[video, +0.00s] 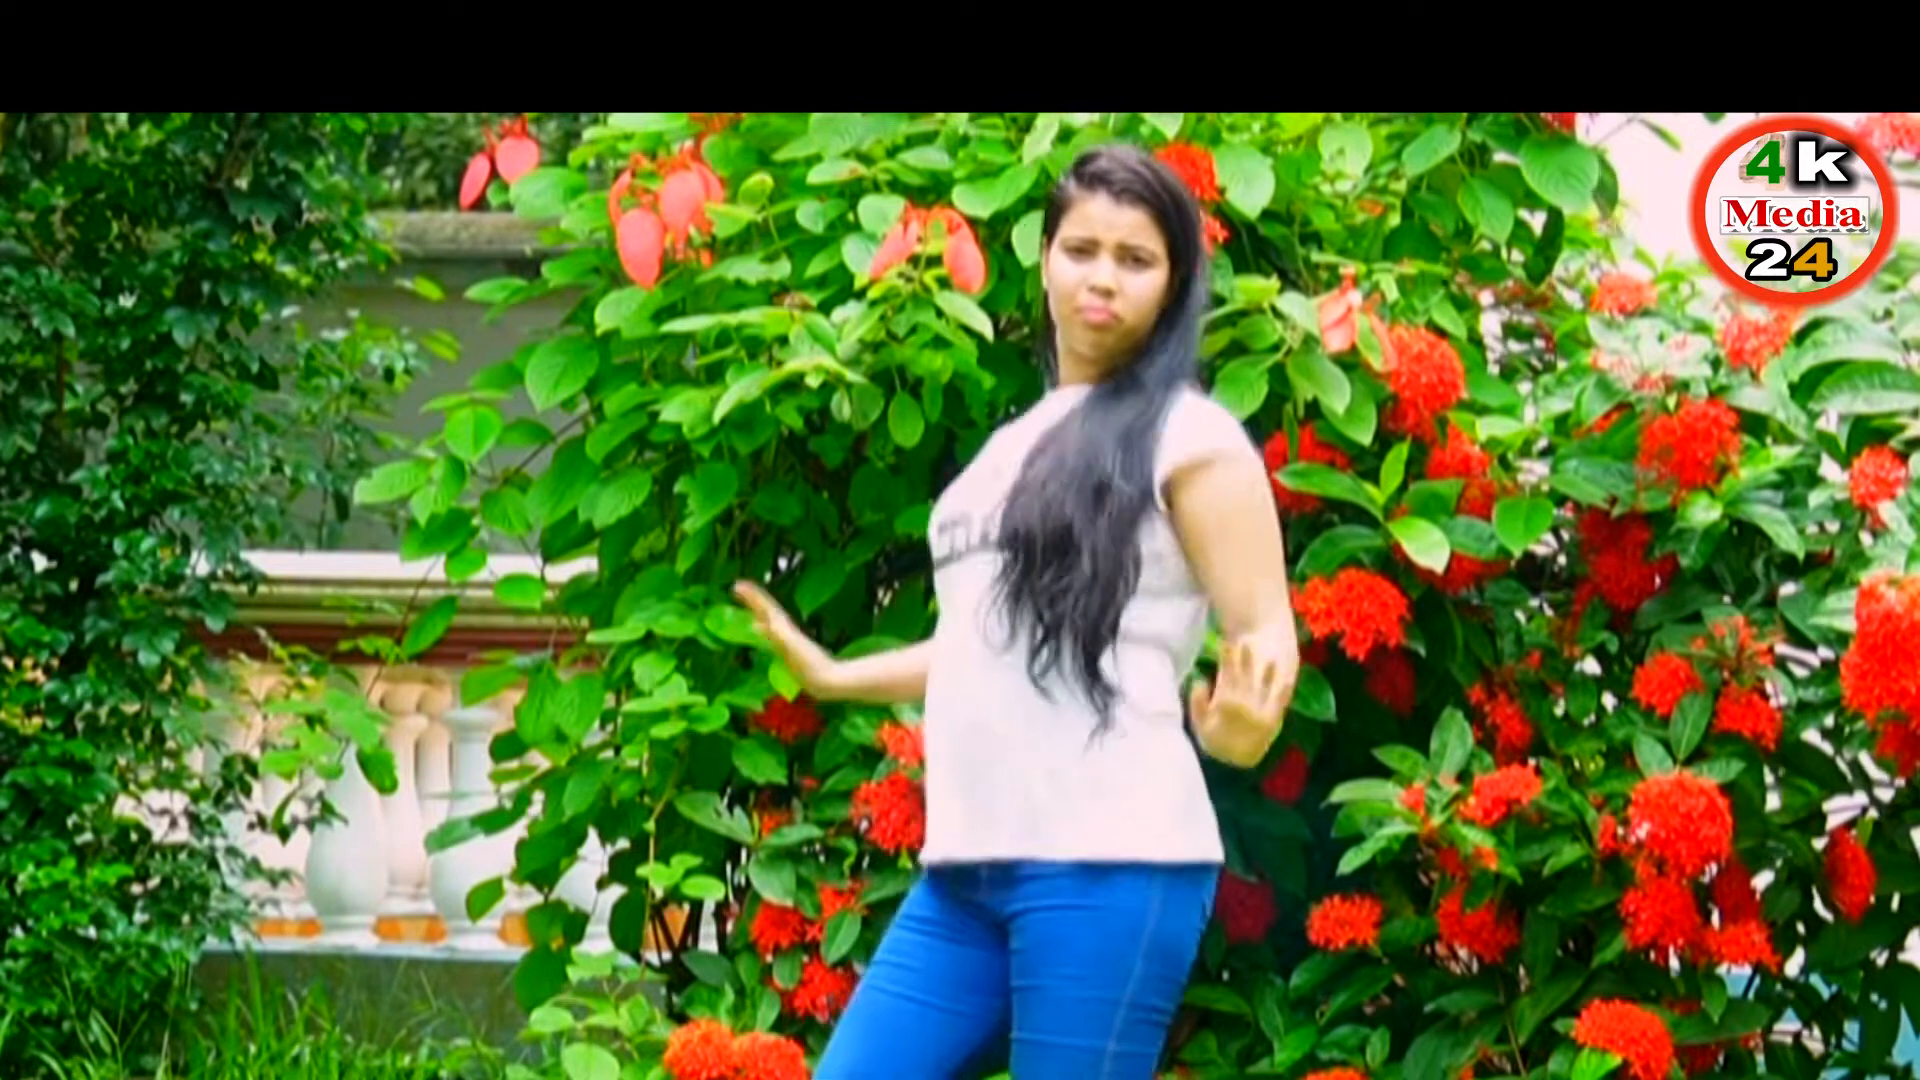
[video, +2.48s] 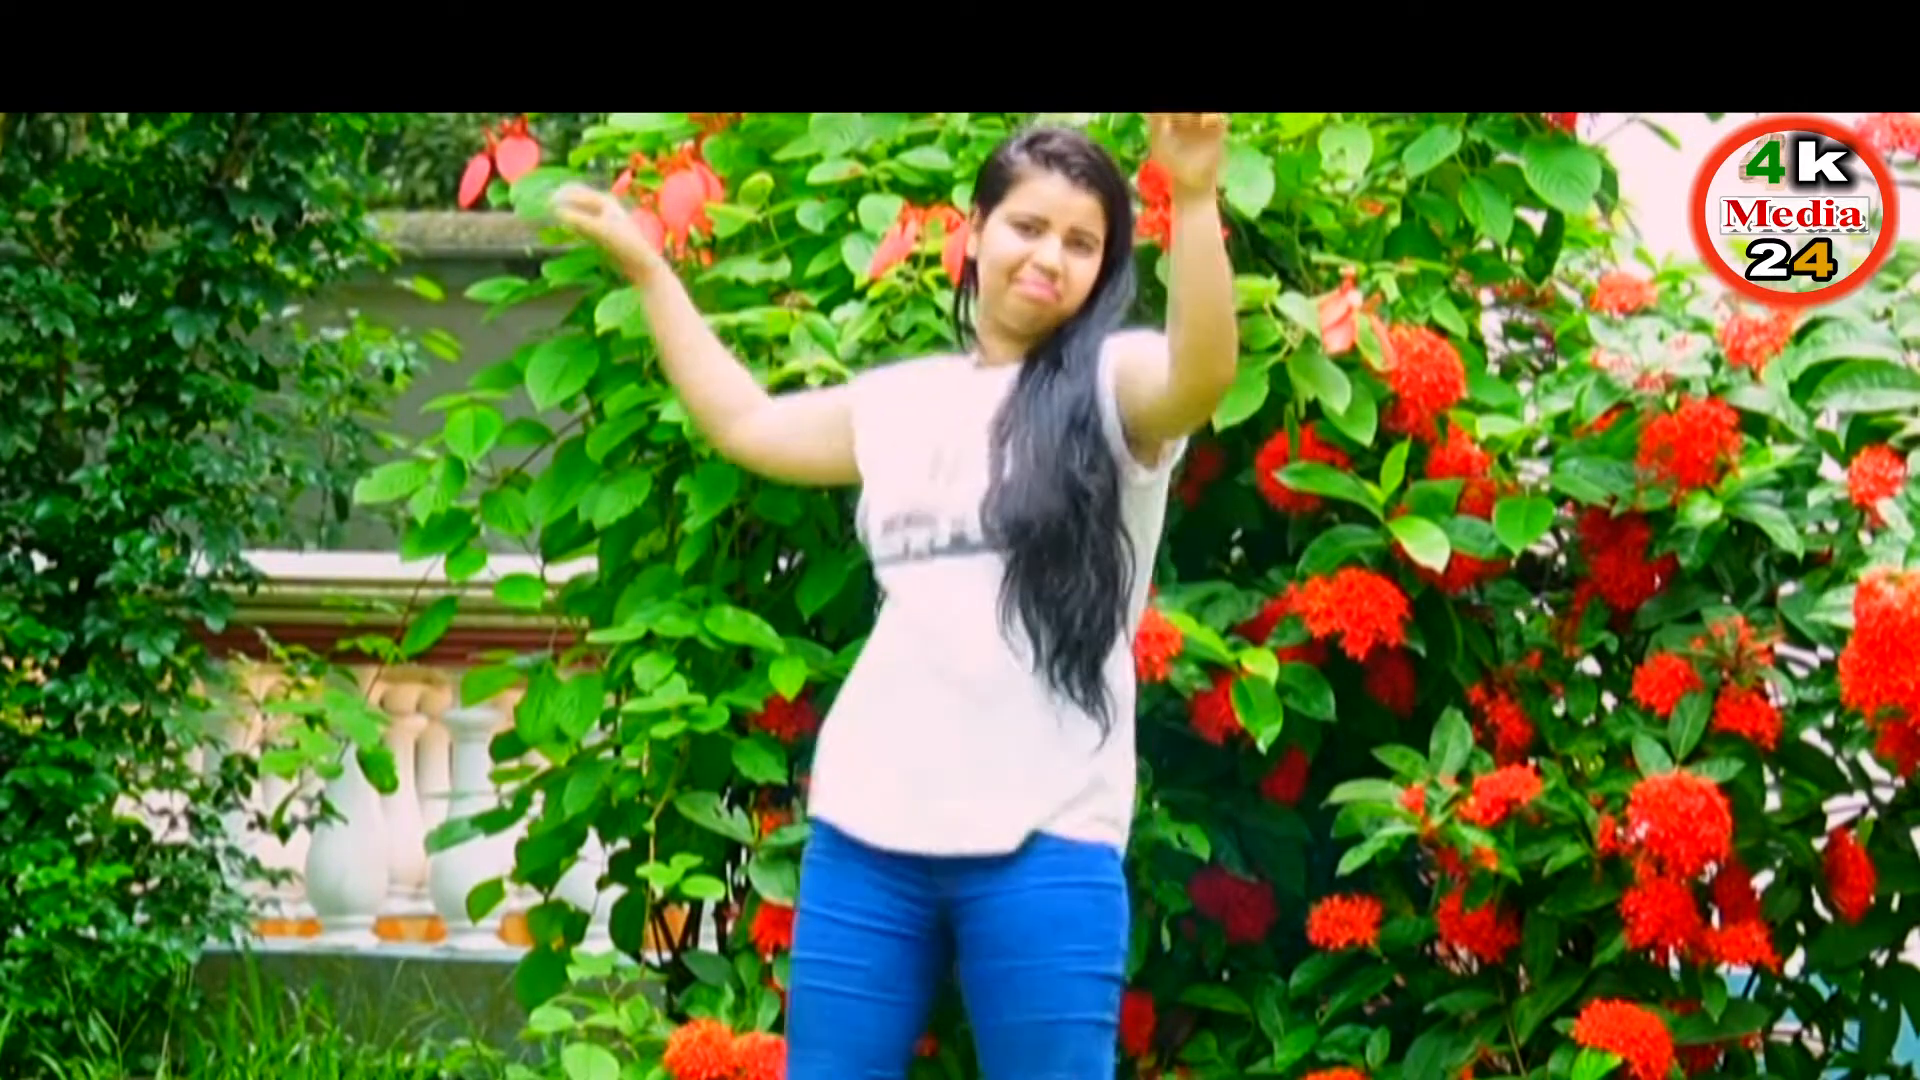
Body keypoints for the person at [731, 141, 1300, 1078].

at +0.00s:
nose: (1102, 281)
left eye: (1134, 260)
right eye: (1080, 250)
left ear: (1175, 287)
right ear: (1045, 262)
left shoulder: (1191, 433)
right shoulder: (1014, 440)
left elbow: (1265, 631)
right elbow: (990, 647)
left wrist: (1237, 739)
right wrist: (836, 679)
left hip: (1112, 873)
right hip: (964, 870)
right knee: (848, 1071)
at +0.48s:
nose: (1071, 310)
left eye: (1103, 292)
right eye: (1051, 278)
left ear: (1130, 321)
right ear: (1007, 288)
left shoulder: (1138, 477)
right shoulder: (931, 478)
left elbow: (1195, 705)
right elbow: (867, 675)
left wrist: (1215, 701)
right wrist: (683, 688)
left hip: (1065, 890)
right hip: (906, 888)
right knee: (791, 1070)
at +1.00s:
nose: (1029, 246)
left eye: (1056, 229)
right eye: (1008, 212)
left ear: (1074, 252)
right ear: (943, 212)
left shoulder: (1114, 402)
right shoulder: (837, 397)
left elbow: (1177, 588)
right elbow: (704, 559)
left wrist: (1253, 497)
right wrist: (557, 460)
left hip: (1037, 840)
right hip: (847, 827)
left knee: (1054, 1071)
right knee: (825, 1074)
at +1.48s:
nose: (1072, 285)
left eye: (1103, 267)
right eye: (1050, 254)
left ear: (1131, 292)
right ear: (997, 264)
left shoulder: (1151, 419)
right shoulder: (946, 447)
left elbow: (1258, 569)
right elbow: (812, 563)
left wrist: (1307, 495)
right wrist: (639, 503)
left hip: (1085, 859)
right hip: (929, 846)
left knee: (1046, 1073)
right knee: (847, 1068)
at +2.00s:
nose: (1068, 277)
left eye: (1099, 256)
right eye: (1046, 245)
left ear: (1128, 281)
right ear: (996, 253)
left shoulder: (1133, 391)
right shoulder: (967, 424)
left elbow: (1221, 459)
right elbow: (868, 483)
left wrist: (1237, 275)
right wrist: (766, 325)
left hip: (1071, 864)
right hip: (918, 854)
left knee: (1045, 1066)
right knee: (839, 1067)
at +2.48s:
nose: (1049, 258)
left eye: (1080, 242)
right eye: (1028, 226)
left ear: (1104, 270)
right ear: (977, 231)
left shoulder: (1117, 379)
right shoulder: (897, 401)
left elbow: (1201, 378)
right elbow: (747, 423)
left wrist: (1196, 197)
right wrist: (648, 273)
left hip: (1050, 853)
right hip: (865, 840)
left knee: (1054, 1069)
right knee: (827, 1070)